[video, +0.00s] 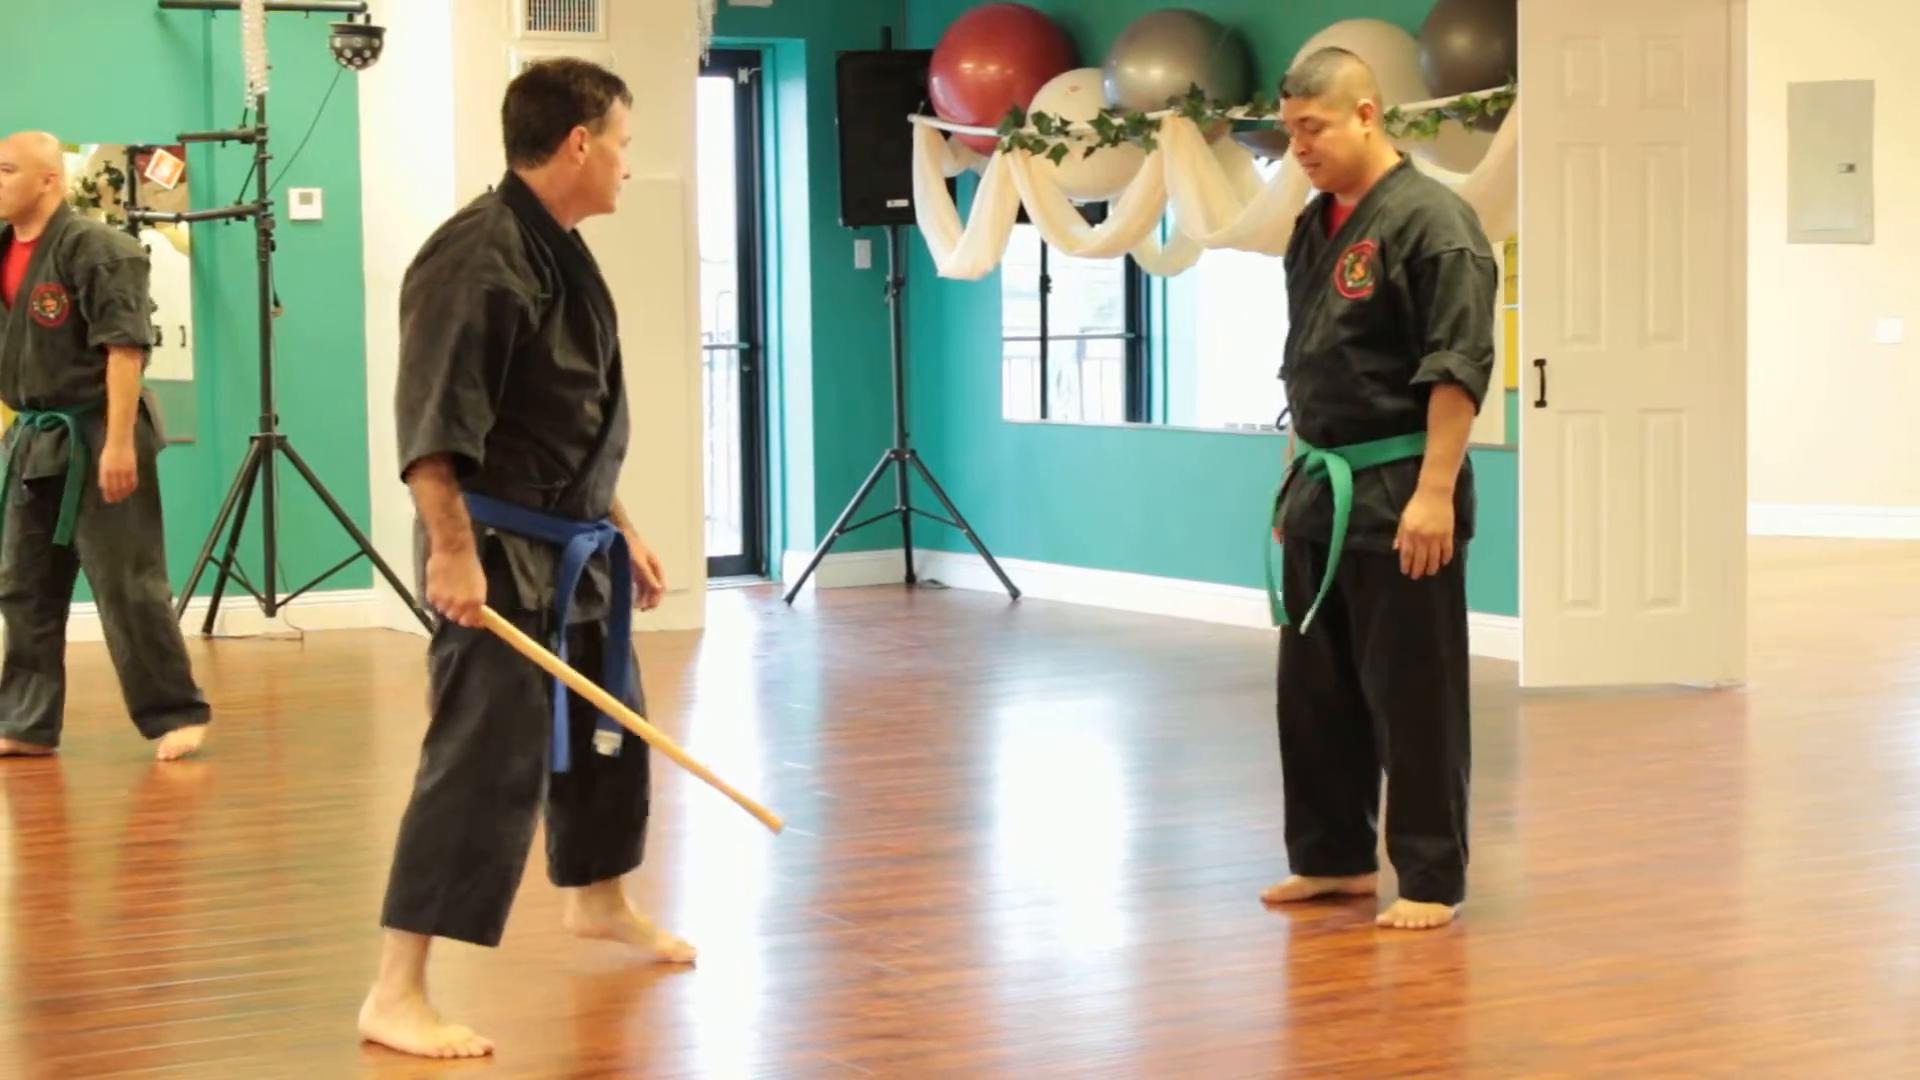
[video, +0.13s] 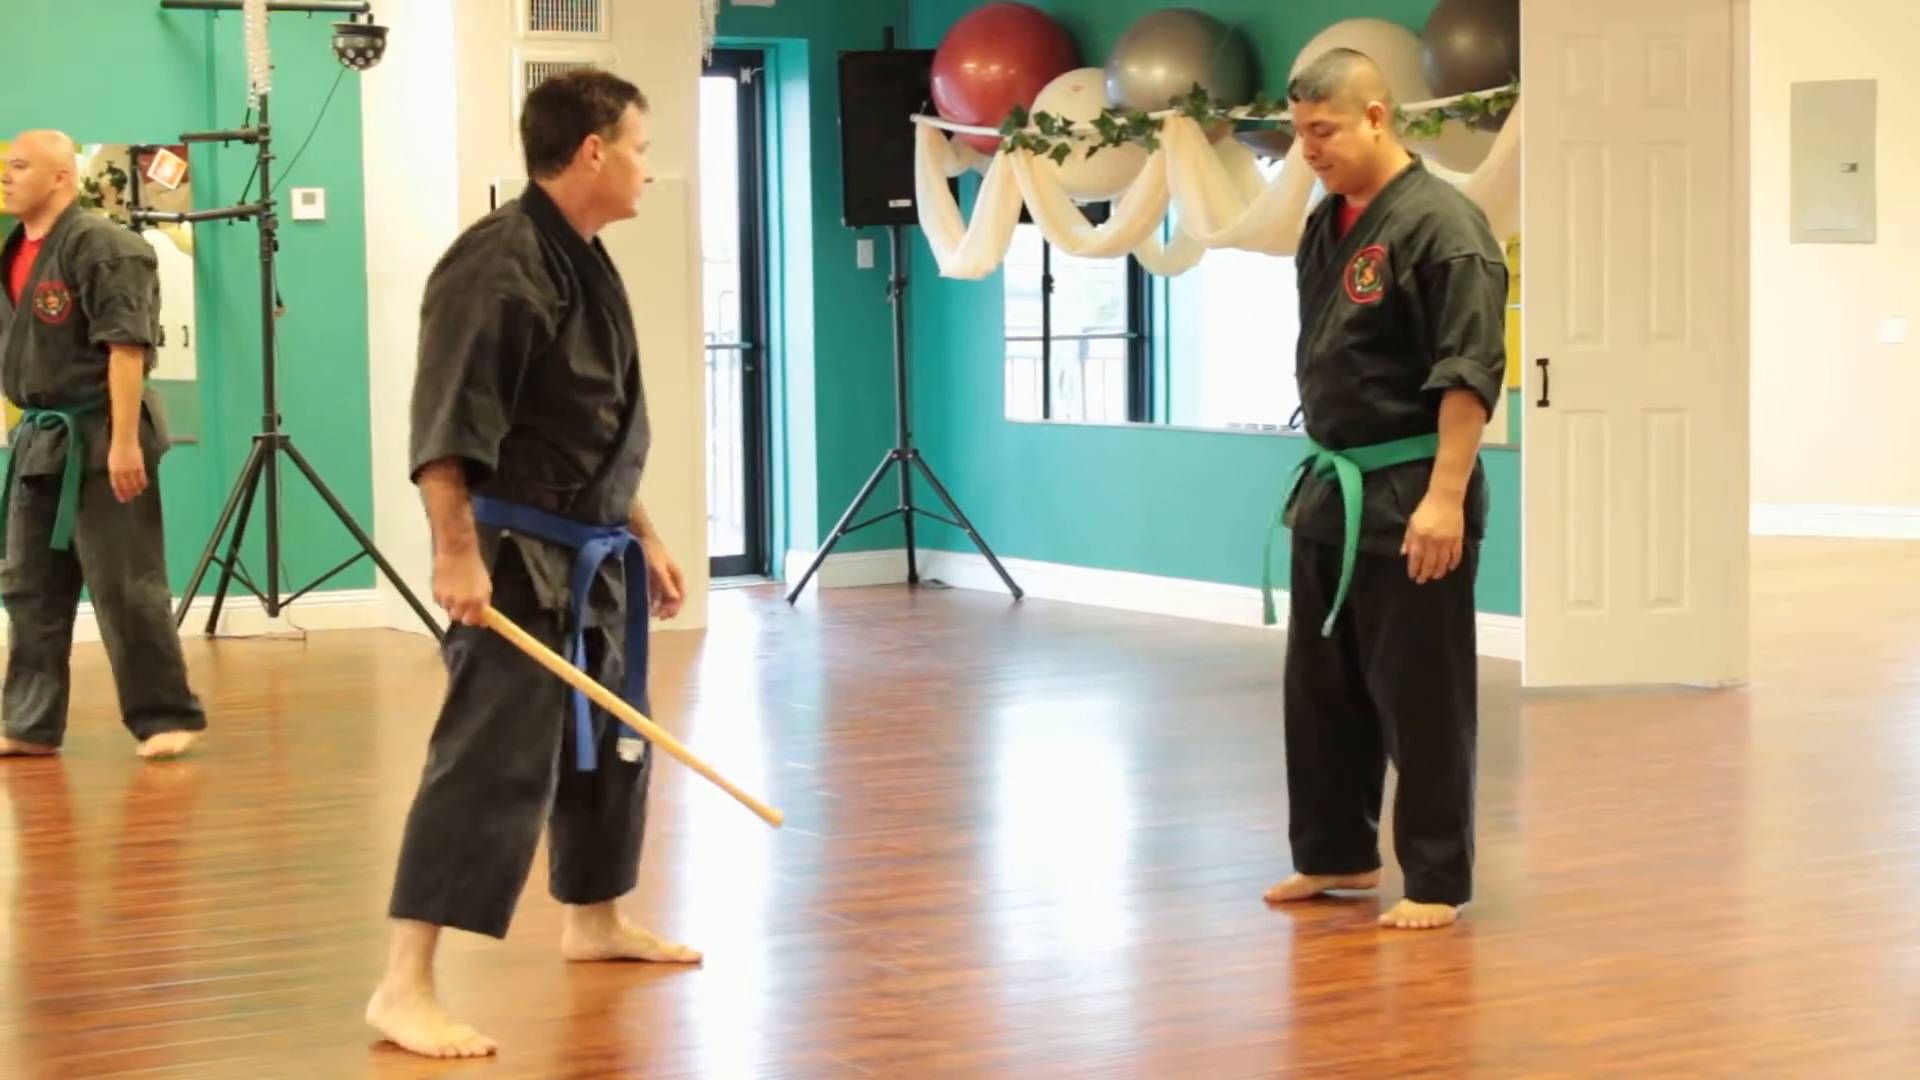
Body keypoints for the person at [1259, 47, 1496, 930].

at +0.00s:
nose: (1298, 149)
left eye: (1311, 130)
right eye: (1291, 134)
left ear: (1367, 116)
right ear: (1298, 133)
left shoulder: (1435, 218)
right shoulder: (1315, 222)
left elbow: (1458, 369)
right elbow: (1310, 361)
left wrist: (1436, 491)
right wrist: (1297, 469)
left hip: (1404, 475)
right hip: (1321, 475)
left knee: (1414, 687)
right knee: (1318, 679)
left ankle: (1430, 882)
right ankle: (1334, 862)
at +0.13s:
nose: (1309, 150)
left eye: (1323, 131)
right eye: (1302, 134)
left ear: (1378, 118)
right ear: (1306, 134)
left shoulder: (1446, 223)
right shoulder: (1326, 221)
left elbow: (1470, 375)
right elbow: (1329, 354)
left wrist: (1445, 497)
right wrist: (1321, 468)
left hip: (1415, 478)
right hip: (1334, 477)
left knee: (1424, 691)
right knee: (1324, 679)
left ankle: (1436, 884)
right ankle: (1339, 861)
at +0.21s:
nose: (1315, 151)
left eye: (1328, 133)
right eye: (1307, 136)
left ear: (1383, 118)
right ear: (1309, 134)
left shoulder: (1450, 224)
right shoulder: (1332, 218)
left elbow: (1474, 377)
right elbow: (1335, 352)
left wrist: (1453, 499)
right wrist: (1324, 467)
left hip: (1420, 478)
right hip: (1339, 476)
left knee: (1433, 688)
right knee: (1325, 672)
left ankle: (1441, 882)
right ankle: (1340, 854)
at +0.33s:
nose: (1317, 153)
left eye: (1331, 134)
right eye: (1309, 137)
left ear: (1387, 121)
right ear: (1310, 136)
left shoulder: (1452, 227)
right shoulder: (1331, 222)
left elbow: (1476, 378)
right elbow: (1331, 355)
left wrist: (1462, 501)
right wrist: (1321, 473)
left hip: (1419, 479)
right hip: (1337, 478)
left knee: (1437, 686)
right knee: (1330, 673)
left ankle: (1444, 881)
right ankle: (1341, 857)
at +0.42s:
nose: (1315, 153)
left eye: (1329, 134)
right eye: (1308, 137)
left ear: (1385, 120)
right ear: (1310, 137)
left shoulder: (1450, 227)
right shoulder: (1327, 226)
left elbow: (1475, 377)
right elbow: (1323, 360)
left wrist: (1465, 500)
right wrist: (1317, 472)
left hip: (1415, 481)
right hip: (1332, 479)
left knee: (1434, 690)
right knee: (1331, 679)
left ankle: (1445, 882)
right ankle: (1342, 859)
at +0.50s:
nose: (1309, 149)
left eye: (1323, 131)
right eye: (1302, 134)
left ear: (1378, 119)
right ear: (1306, 134)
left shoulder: (1443, 223)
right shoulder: (1319, 226)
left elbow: (1471, 374)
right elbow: (1310, 364)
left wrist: (1461, 497)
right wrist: (1299, 465)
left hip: (1409, 480)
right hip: (1325, 480)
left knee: (1429, 689)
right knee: (1327, 679)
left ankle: (1442, 884)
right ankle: (1340, 860)